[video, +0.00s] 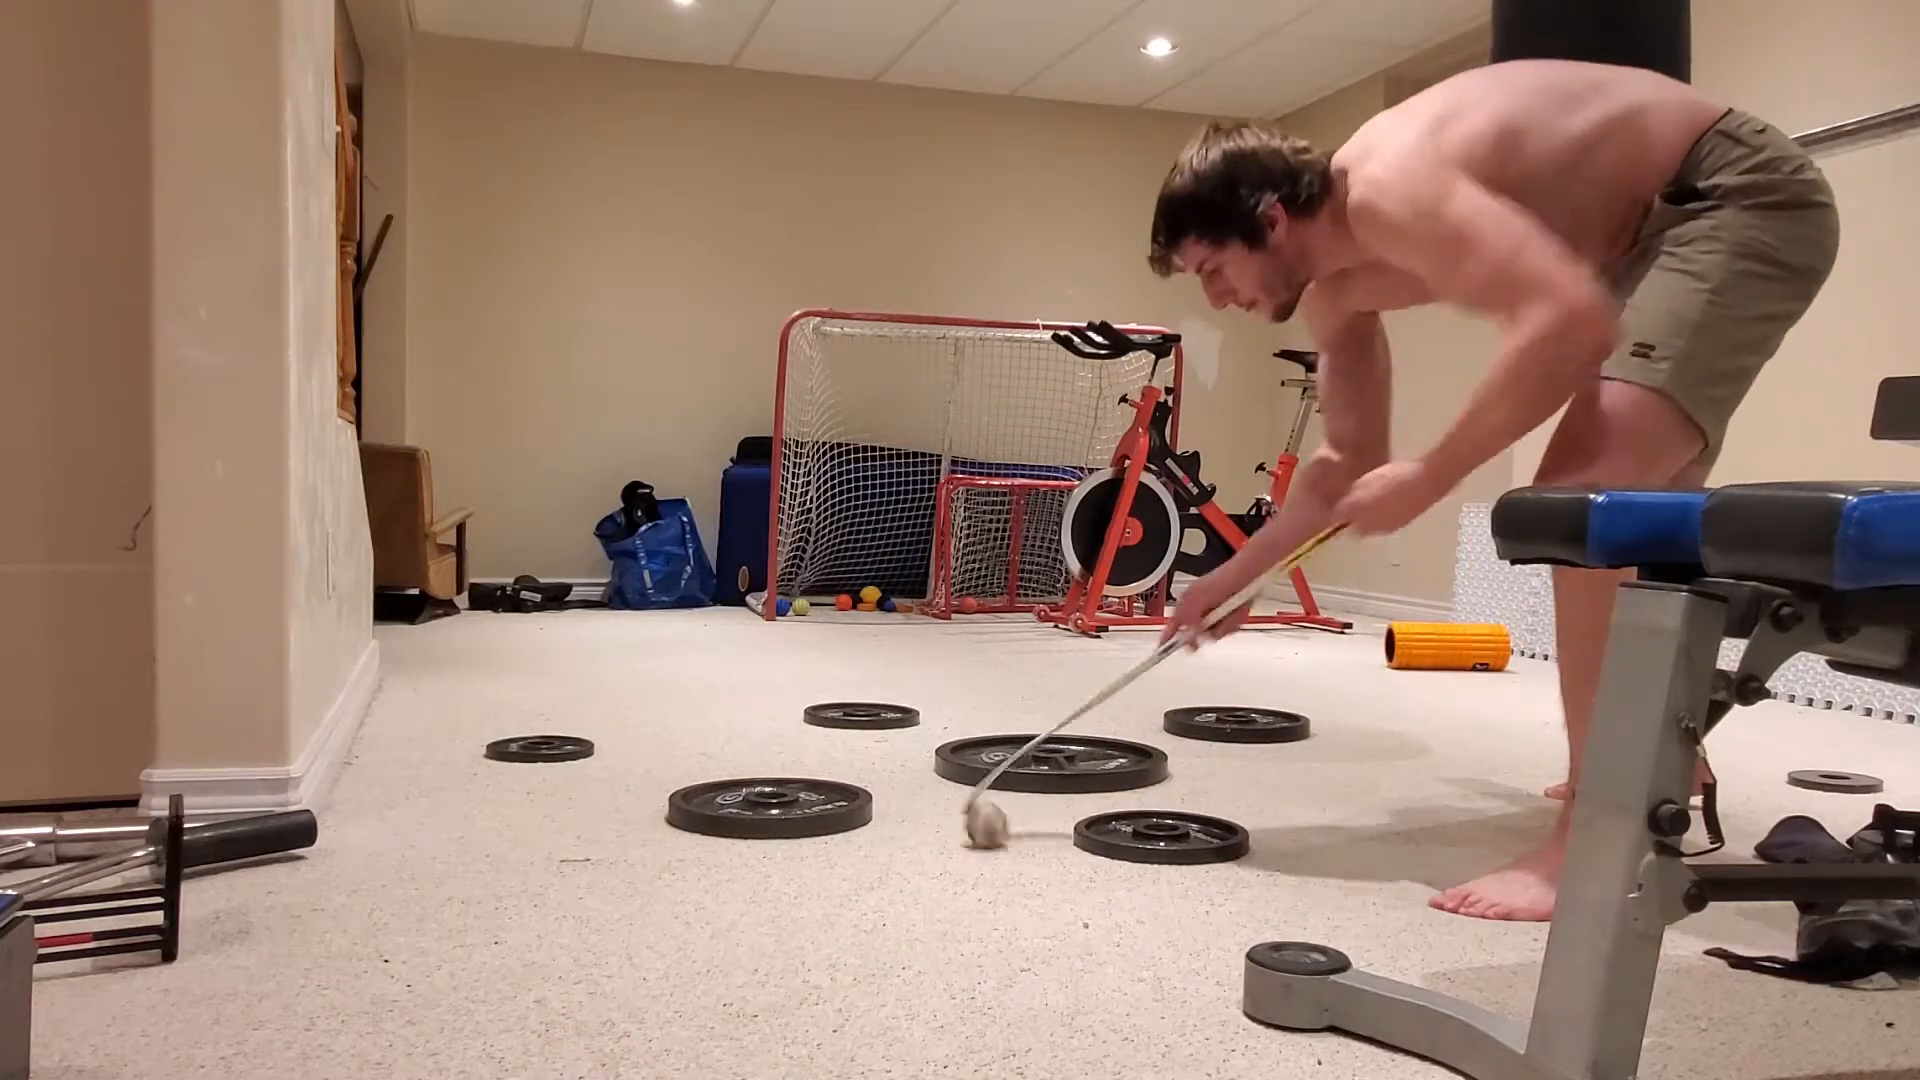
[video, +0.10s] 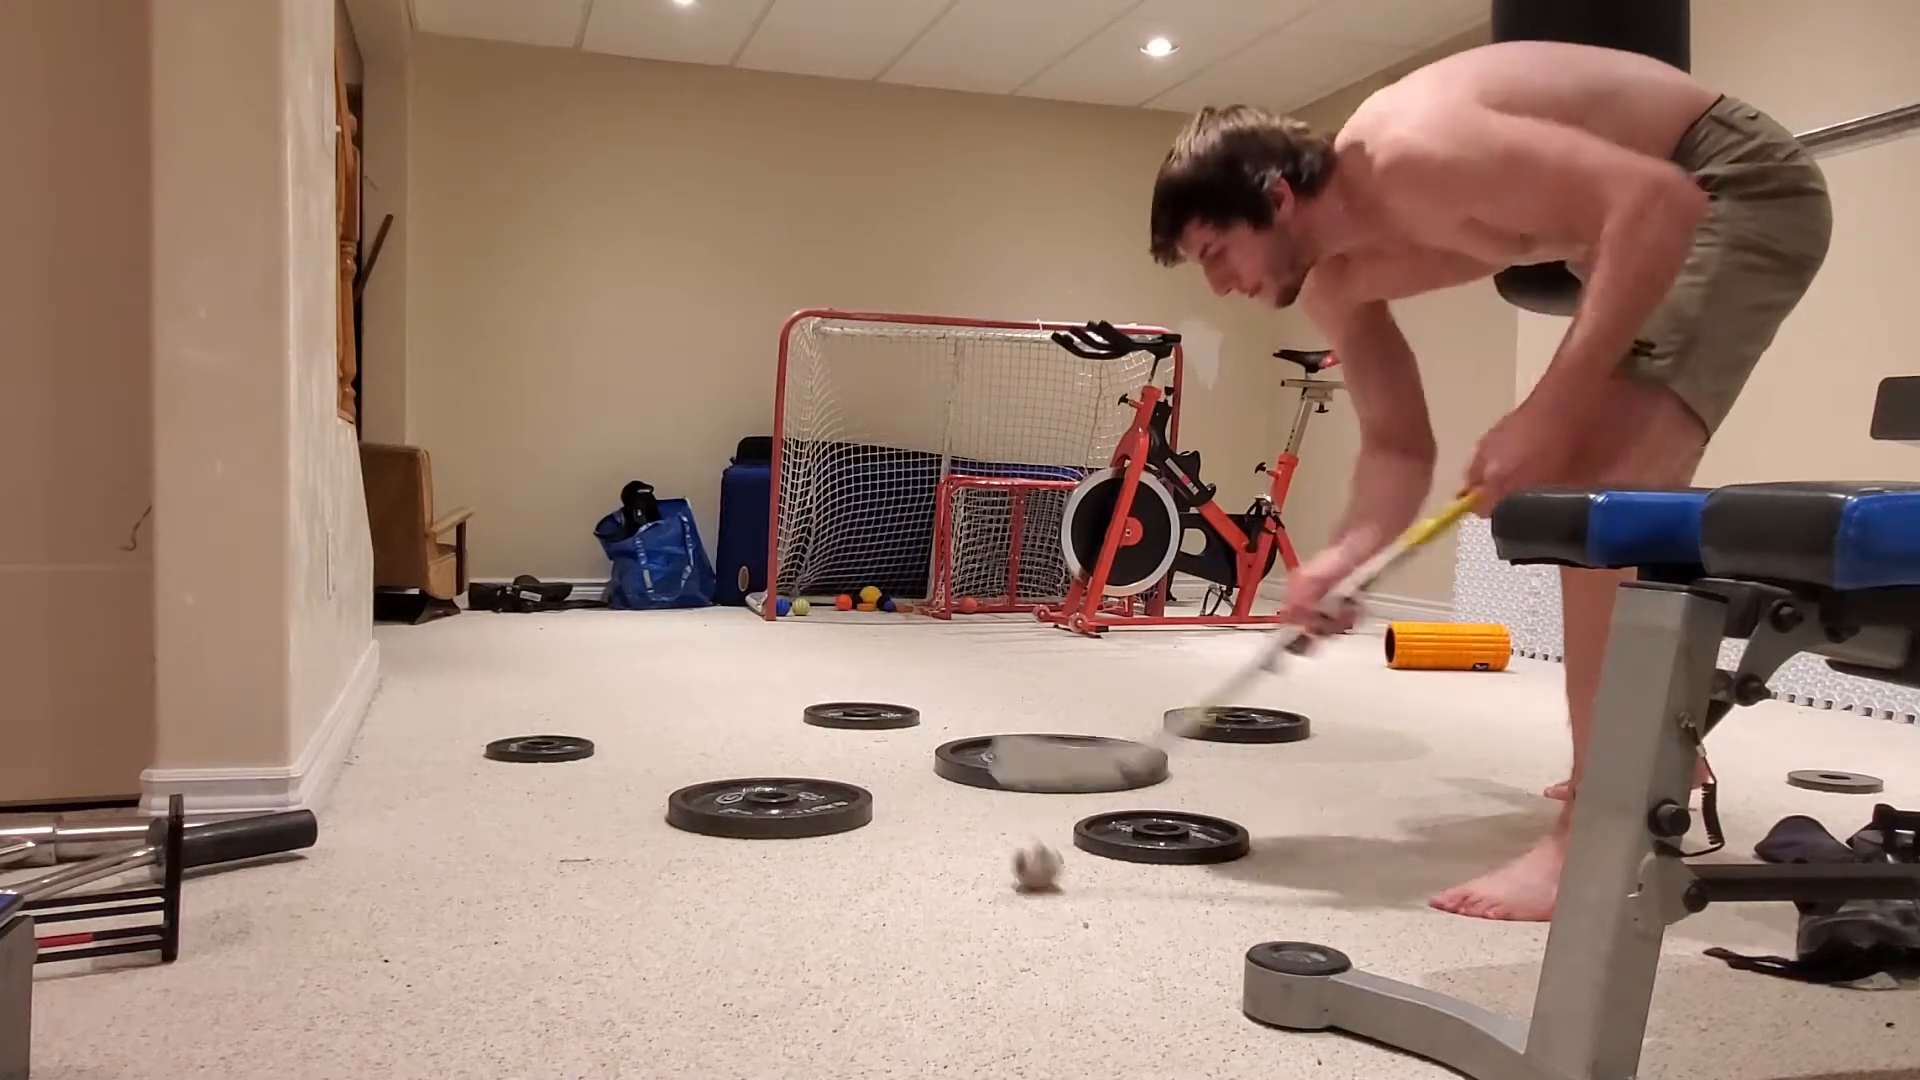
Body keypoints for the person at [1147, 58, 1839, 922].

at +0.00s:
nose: (1217, 300)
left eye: (1213, 270)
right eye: (1201, 284)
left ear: (1268, 219)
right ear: (1266, 226)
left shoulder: (1394, 193)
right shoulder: (1338, 290)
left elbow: (1575, 321)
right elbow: (1345, 463)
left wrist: (1429, 476)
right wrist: (1233, 577)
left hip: (1740, 193)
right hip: (1657, 238)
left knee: (1578, 496)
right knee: (1628, 508)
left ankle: (1595, 835)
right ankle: (1670, 760)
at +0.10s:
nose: (1218, 285)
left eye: (1216, 251)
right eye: (1201, 267)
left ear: (1273, 193)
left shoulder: (1418, 152)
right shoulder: (1338, 285)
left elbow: (1660, 204)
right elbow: (1395, 442)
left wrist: (1553, 413)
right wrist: (1350, 552)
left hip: (1737, 180)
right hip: (1637, 230)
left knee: (1606, 496)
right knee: (1582, 488)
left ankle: (1597, 832)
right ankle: (1654, 762)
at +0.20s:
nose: (1228, 268)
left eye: (1227, 234)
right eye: (1211, 252)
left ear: (1287, 173)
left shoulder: (1428, 122)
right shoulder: (1348, 298)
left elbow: (1660, 215)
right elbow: (1424, 457)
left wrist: (1549, 417)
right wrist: (1413, 576)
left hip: (1740, 179)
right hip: (1628, 244)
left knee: (1614, 474)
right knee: (1600, 476)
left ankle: (1605, 836)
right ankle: (1658, 757)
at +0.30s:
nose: (1237, 274)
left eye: (1237, 239)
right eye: (1220, 257)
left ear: (1297, 178)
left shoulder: (1428, 127)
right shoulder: (1356, 306)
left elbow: (1663, 169)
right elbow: (1452, 433)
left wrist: (1573, 383)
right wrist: (1457, 543)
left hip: (1742, 186)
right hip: (1639, 242)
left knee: (1630, 470)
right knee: (1610, 468)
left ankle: (1611, 833)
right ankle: (1661, 755)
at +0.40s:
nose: (1252, 293)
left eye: (1246, 259)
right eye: (1233, 280)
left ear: (1300, 193)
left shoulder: (1425, 126)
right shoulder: (1371, 301)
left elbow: (1682, 30)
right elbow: (1515, 409)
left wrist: (1636, 257)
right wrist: (1493, 509)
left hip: (1748, 185)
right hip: (1670, 235)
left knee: (1648, 486)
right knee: (1627, 470)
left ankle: (1615, 842)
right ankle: (1665, 755)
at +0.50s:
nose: (1257, 298)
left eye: (1247, 265)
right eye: (1238, 286)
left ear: (1291, 198)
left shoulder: (1415, 131)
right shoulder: (1391, 298)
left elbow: (1654, 45)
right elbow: (1547, 376)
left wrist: (1614, 286)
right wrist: (1538, 536)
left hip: (1758, 178)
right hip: (1676, 240)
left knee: (1661, 474)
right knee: (1642, 471)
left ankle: (1621, 834)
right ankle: (1669, 757)